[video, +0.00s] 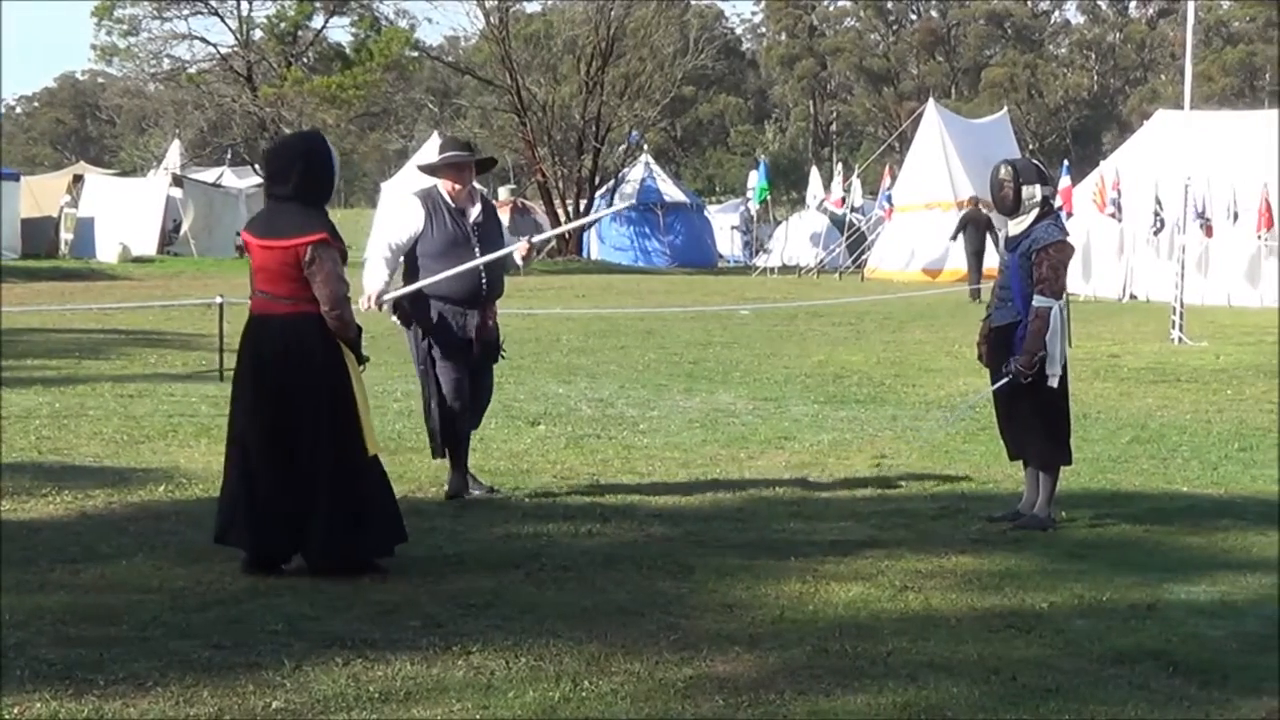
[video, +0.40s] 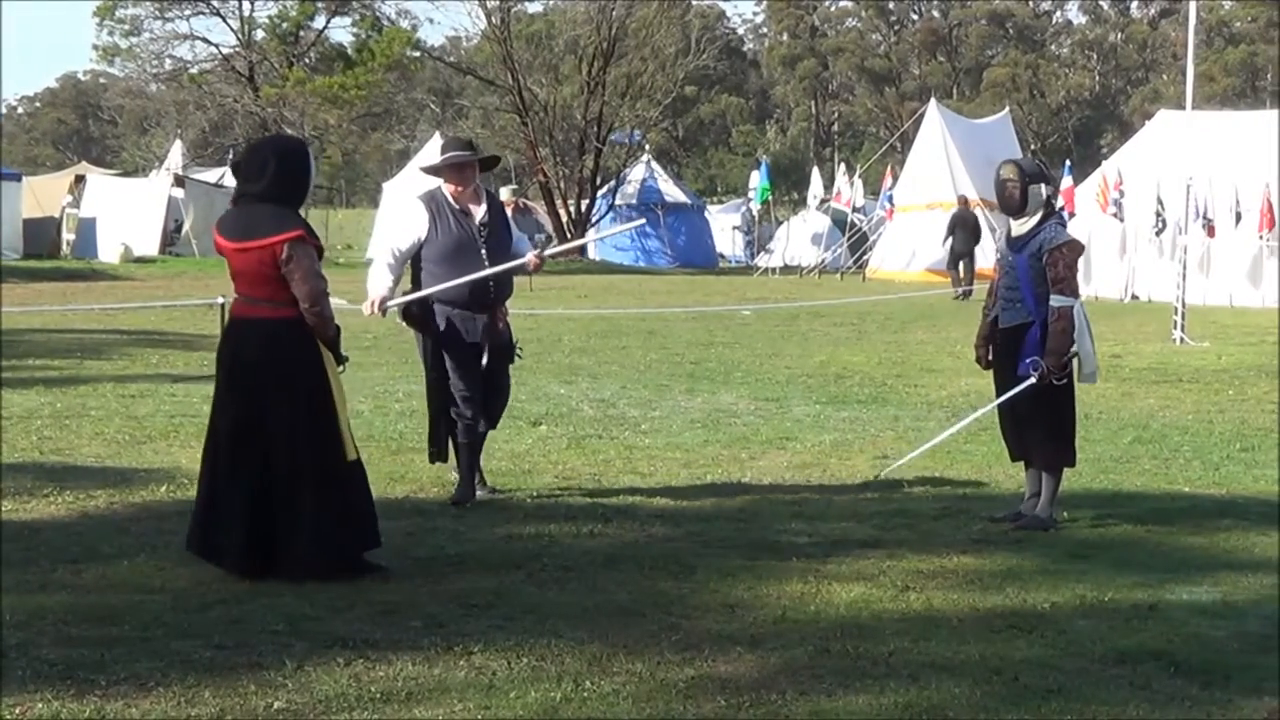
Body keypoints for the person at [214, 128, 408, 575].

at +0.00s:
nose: (332, 178)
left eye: (329, 170)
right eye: (328, 171)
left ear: (273, 177)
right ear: (319, 178)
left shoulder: (257, 227)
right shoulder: (316, 232)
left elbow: (262, 281)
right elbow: (334, 308)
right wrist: (353, 338)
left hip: (262, 336)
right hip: (309, 342)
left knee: (268, 439)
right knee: (327, 439)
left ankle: (264, 546)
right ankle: (339, 547)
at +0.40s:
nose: (307, 183)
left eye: (304, 175)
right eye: (303, 175)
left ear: (248, 176)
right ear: (293, 180)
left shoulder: (229, 227)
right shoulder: (291, 234)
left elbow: (245, 280)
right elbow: (313, 303)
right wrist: (333, 341)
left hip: (242, 335)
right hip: (287, 341)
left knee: (246, 437)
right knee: (300, 438)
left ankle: (244, 543)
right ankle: (310, 544)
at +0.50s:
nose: (307, 182)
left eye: (305, 173)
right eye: (304, 175)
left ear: (247, 174)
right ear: (292, 181)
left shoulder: (228, 223)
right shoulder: (290, 235)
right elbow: (314, 305)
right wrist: (335, 342)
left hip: (244, 335)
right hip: (289, 341)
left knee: (245, 438)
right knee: (300, 441)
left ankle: (241, 543)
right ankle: (307, 545)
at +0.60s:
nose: (308, 181)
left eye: (305, 174)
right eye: (304, 175)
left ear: (249, 175)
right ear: (295, 181)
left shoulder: (229, 223)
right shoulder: (292, 235)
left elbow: (236, 191)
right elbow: (316, 304)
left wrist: (254, 166)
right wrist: (337, 344)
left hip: (246, 336)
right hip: (291, 342)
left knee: (246, 438)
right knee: (303, 440)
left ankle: (241, 542)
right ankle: (308, 545)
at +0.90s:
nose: (306, 180)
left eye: (303, 172)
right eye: (302, 174)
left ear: (246, 178)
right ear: (294, 182)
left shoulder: (230, 227)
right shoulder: (290, 236)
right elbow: (316, 303)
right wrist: (338, 343)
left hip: (247, 336)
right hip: (291, 342)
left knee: (247, 438)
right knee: (302, 440)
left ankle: (241, 540)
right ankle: (304, 544)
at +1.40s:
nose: (300, 179)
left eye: (299, 170)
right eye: (297, 171)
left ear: (241, 175)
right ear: (285, 178)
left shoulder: (223, 231)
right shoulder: (287, 233)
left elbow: (214, 295)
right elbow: (312, 308)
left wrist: (252, 313)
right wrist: (332, 343)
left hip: (239, 344)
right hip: (287, 347)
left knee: (252, 442)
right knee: (309, 441)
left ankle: (260, 548)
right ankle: (335, 547)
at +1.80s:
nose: (305, 184)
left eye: (303, 175)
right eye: (302, 176)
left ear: (246, 176)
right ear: (293, 180)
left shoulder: (227, 234)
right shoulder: (298, 234)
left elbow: (227, 300)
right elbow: (326, 302)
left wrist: (249, 325)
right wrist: (342, 337)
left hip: (246, 345)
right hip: (298, 346)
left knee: (251, 441)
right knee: (308, 442)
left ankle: (256, 546)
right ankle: (317, 545)